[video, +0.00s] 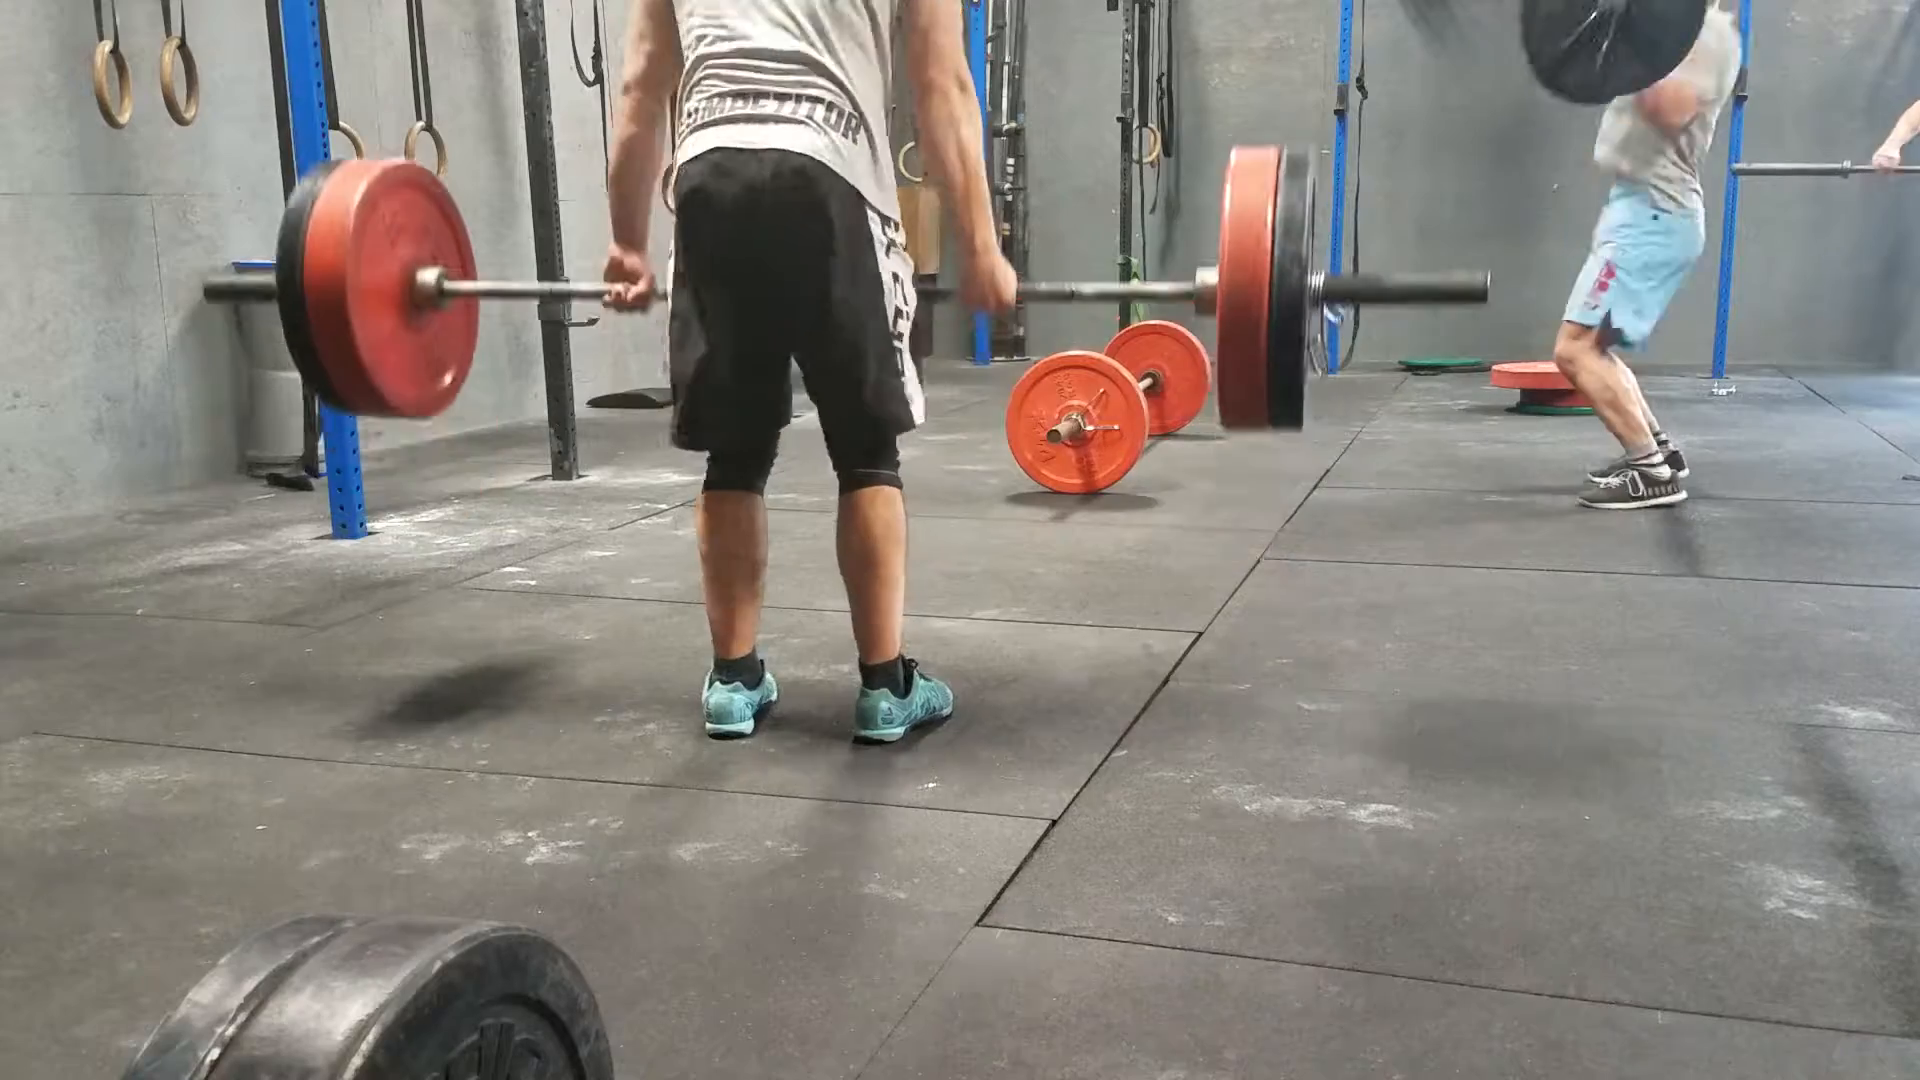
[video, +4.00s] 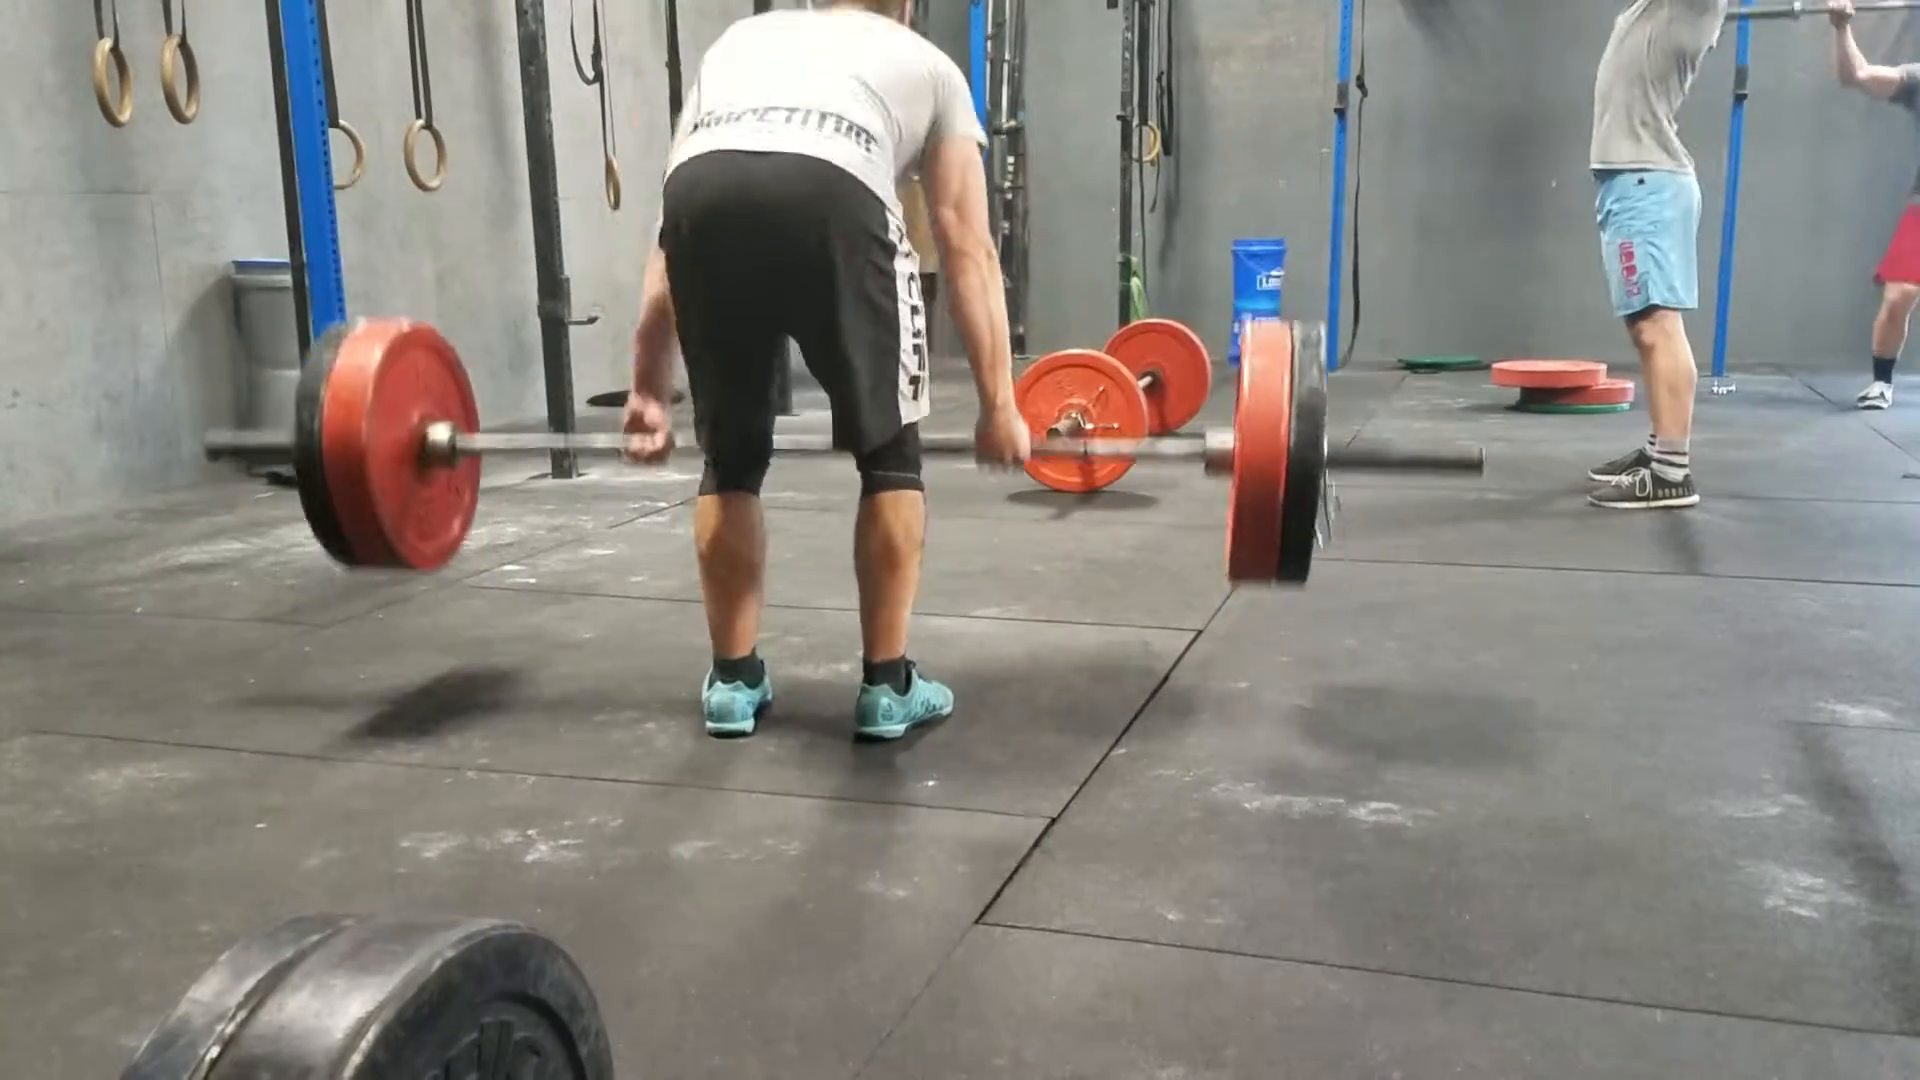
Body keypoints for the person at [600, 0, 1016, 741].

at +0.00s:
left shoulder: (674, 4)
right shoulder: (909, 3)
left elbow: (642, 85)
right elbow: (942, 82)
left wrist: (626, 240)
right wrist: (981, 243)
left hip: (709, 176)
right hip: (828, 173)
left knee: (734, 446)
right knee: (866, 448)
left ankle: (732, 679)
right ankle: (885, 685)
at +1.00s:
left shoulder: (694, 4)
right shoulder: (932, 4)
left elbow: (660, 124)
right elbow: (962, 114)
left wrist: (644, 270)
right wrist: (998, 276)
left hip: (725, 177)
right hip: (845, 178)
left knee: (737, 453)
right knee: (880, 453)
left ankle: (732, 681)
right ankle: (886, 686)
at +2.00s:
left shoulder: (701, 6)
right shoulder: (937, 5)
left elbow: (665, 146)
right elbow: (961, 139)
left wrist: (645, 293)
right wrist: (998, 301)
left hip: (715, 178)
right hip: (840, 181)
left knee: (735, 458)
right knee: (884, 454)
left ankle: (732, 681)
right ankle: (885, 686)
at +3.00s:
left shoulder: (713, 15)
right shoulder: (930, 11)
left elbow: (659, 219)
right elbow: (965, 184)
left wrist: (647, 338)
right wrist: (998, 342)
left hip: (709, 189)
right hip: (834, 189)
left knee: (731, 462)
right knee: (885, 459)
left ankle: (731, 682)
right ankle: (885, 687)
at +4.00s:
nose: (917, 24)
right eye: (917, 19)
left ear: (821, 7)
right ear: (903, 13)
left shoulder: (737, 40)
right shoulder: (931, 65)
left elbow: (676, 223)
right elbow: (963, 239)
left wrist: (649, 387)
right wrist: (999, 400)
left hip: (705, 206)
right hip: (831, 208)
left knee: (730, 461)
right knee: (888, 457)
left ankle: (732, 681)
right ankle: (886, 685)